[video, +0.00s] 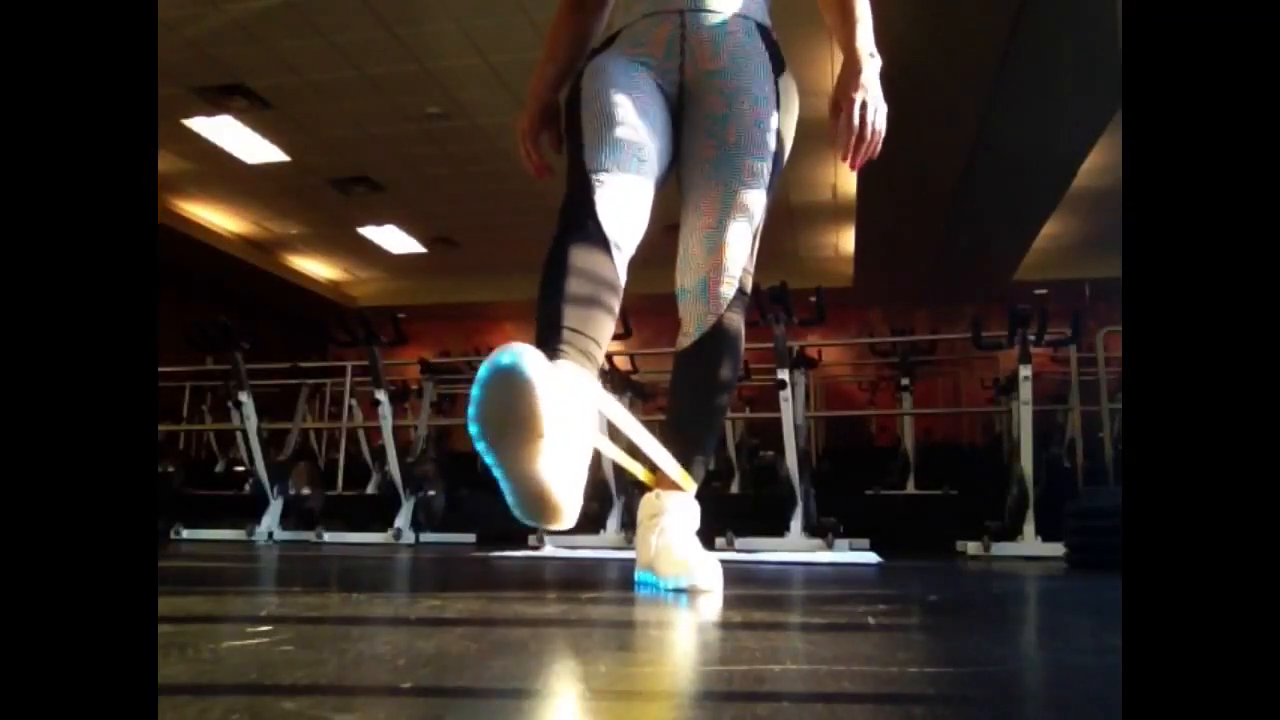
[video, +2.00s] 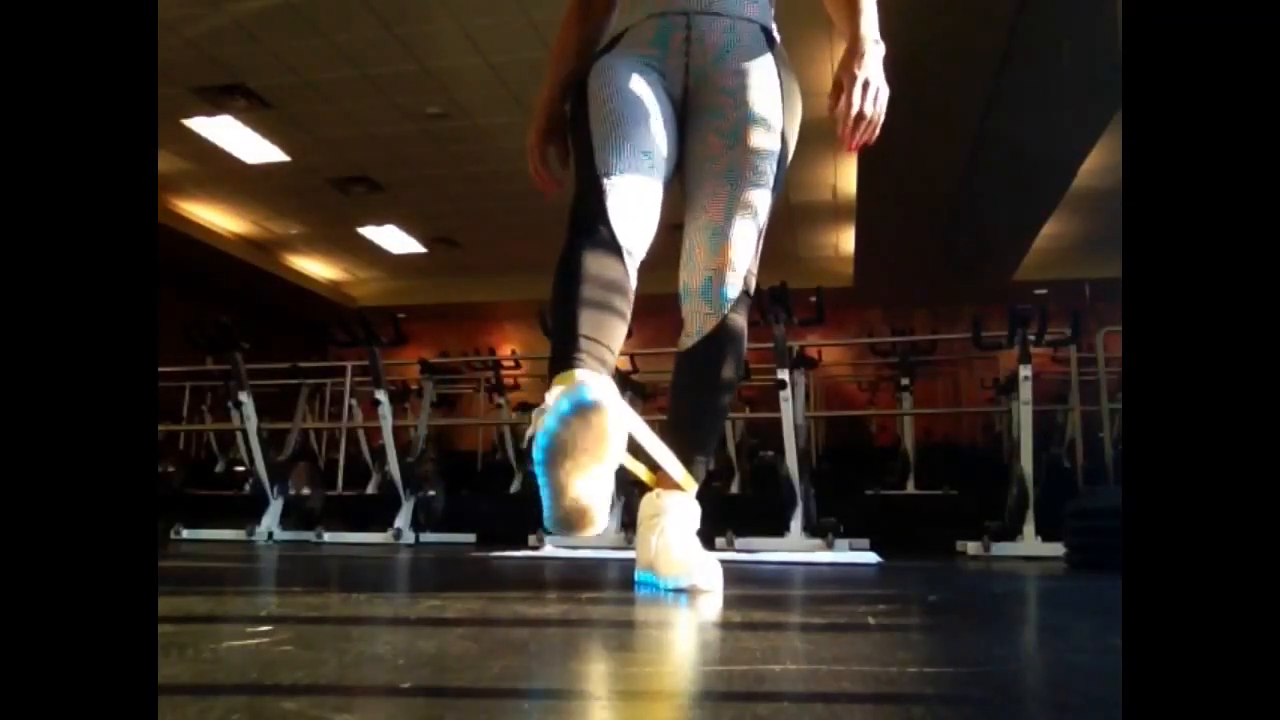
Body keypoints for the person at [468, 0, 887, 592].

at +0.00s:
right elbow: (586, 3)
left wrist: (860, 60)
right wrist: (544, 90)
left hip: (739, 24)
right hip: (628, 30)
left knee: (717, 276)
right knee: (604, 196)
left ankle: (671, 513)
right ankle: (561, 427)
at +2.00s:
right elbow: (589, 6)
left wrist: (864, 41)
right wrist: (555, 97)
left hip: (744, 30)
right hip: (630, 29)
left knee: (722, 279)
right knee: (612, 208)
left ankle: (673, 516)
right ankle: (577, 419)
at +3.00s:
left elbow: (835, 3)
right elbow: (588, 3)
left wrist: (855, 72)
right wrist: (543, 86)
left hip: (738, 26)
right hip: (623, 21)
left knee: (719, 278)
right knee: (602, 208)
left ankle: (673, 513)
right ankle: (558, 435)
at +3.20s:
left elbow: (835, 2)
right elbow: (586, 4)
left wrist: (853, 89)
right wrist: (546, 71)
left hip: (736, 28)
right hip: (629, 26)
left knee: (716, 270)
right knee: (586, 203)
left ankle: (671, 517)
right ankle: (517, 444)